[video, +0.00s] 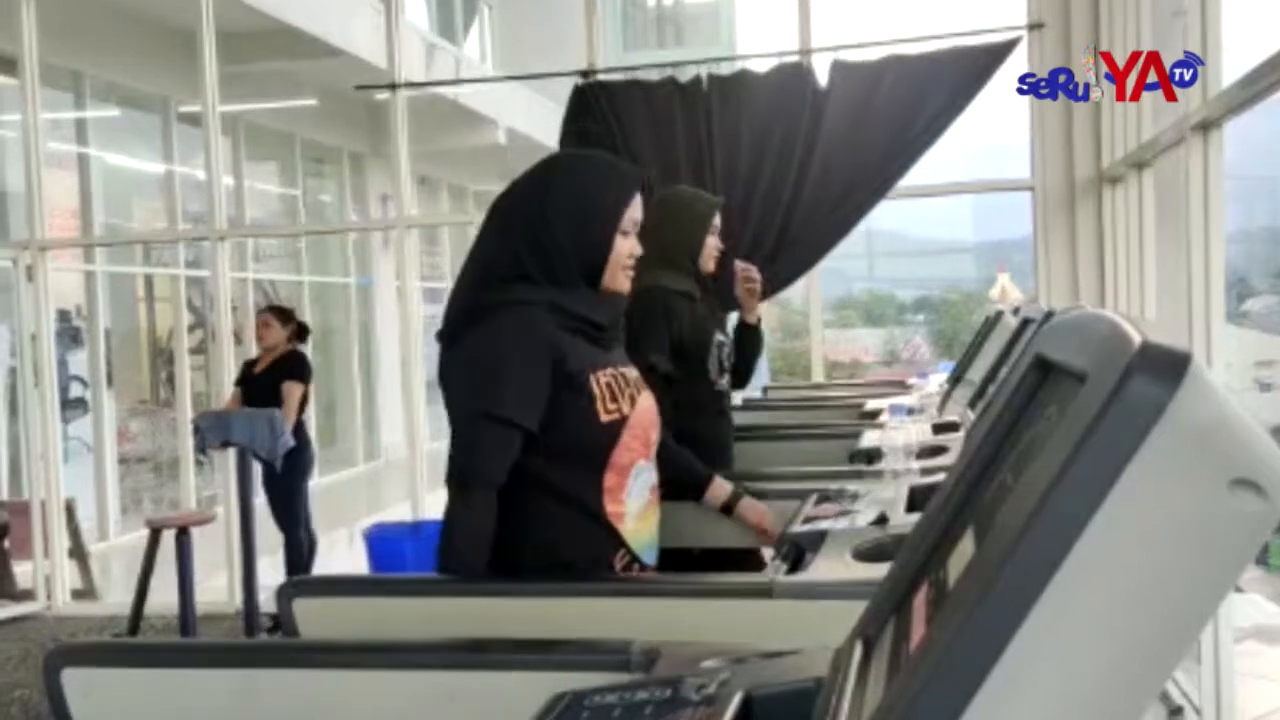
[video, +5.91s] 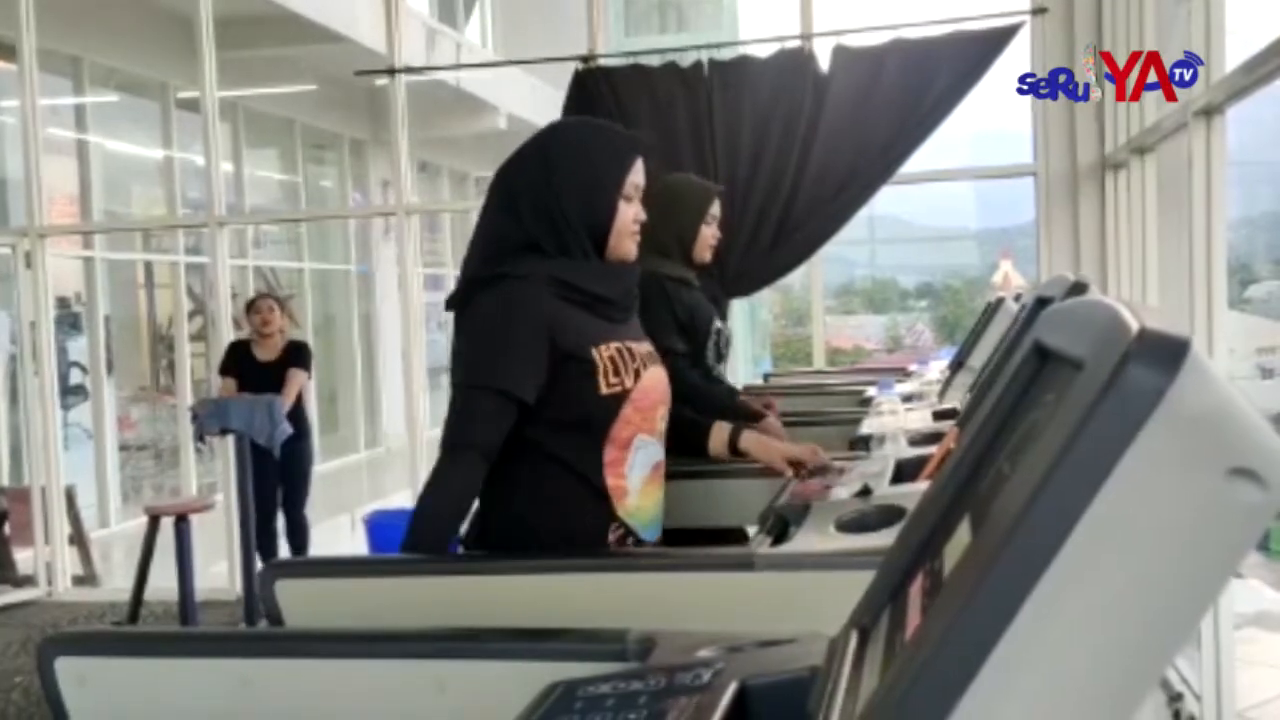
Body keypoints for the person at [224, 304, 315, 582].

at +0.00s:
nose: (260, 332)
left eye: (267, 326)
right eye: (258, 326)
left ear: (287, 330)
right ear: (255, 331)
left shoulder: (295, 361)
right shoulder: (251, 366)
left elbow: (290, 407)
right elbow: (234, 404)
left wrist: (277, 439)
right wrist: (217, 429)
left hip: (292, 442)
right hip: (265, 444)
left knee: (294, 518)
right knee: (285, 518)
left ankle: (297, 583)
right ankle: (299, 580)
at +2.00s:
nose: (272, 320)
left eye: (280, 315)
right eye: (267, 315)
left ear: (294, 322)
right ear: (261, 322)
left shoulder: (301, 352)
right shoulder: (251, 359)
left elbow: (295, 398)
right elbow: (238, 398)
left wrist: (282, 429)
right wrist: (224, 423)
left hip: (302, 436)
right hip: (267, 439)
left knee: (305, 509)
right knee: (288, 512)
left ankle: (312, 571)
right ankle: (292, 574)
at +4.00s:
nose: (274, 319)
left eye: (279, 313)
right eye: (266, 314)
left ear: (288, 319)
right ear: (254, 323)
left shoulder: (301, 351)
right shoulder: (242, 352)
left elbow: (294, 388)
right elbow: (231, 394)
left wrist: (275, 420)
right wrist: (237, 424)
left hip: (292, 437)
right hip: (254, 437)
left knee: (286, 511)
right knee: (263, 511)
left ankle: (288, 577)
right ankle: (275, 576)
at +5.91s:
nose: (265, 317)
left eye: (271, 311)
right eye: (257, 313)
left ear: (282, 316)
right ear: (249, 320)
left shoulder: (297, 350)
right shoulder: (237, 351)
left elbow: (290, 392)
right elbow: (227, 393)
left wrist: (272, 419)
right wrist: (242, 417)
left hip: (293, 431)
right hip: (253, 433)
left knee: (293, 504)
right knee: (262, 506)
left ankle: (300, 563)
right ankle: (270, 566)